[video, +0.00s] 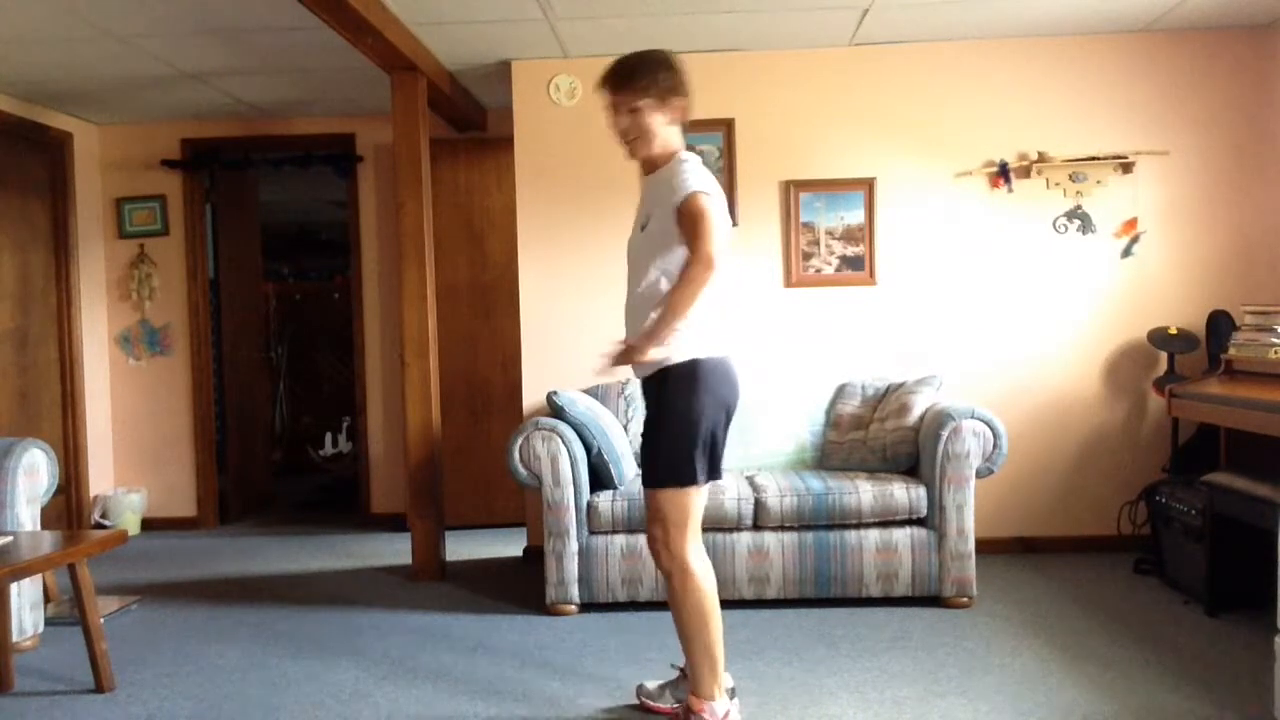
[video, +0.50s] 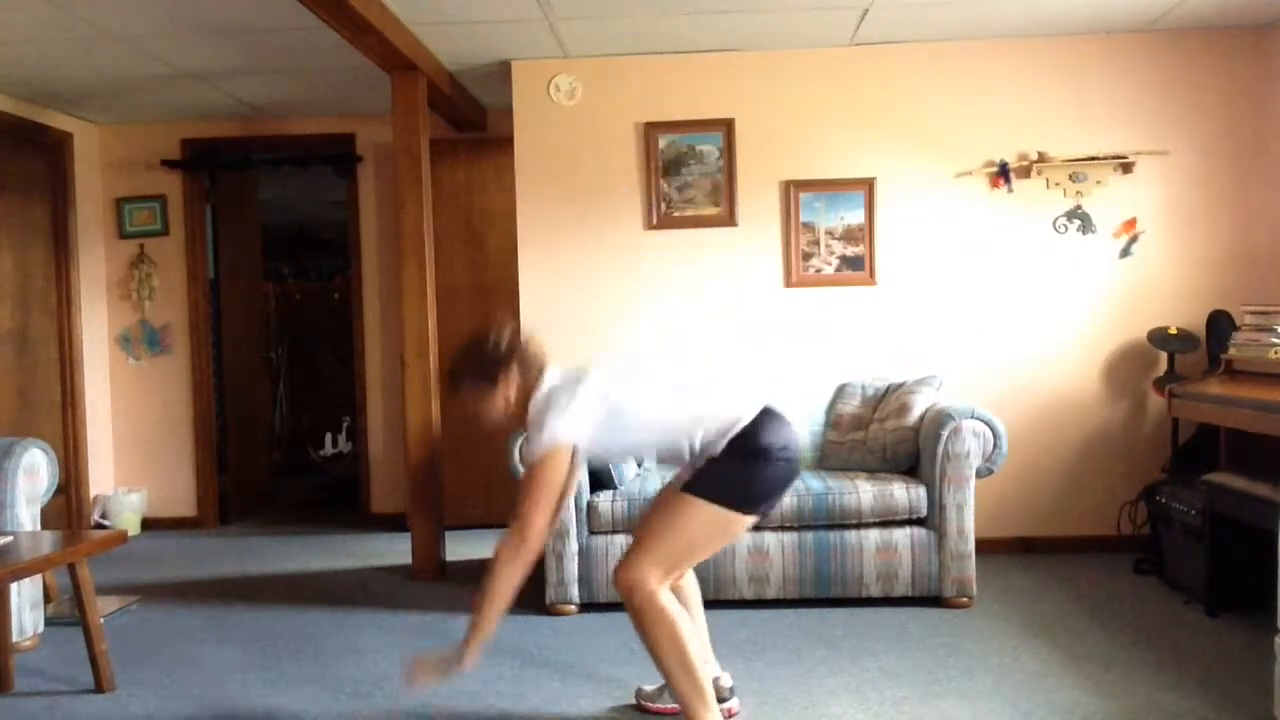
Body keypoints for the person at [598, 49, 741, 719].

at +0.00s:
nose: (625, 127)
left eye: (637, 111)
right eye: (617, 116)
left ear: (676, 109)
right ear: (614, 119)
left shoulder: (686, 174)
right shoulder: (660, 182)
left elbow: (707, 255)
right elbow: (671, 273)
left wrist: (653, 334)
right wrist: (640, 342)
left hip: (691, 374)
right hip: (676, 374)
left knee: (674, 543)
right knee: (669, 541)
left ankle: (711, 696)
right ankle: (703, 679)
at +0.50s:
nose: (477, 415)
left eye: (477, 401)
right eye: (471, 404)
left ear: (507, 382)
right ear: (510, 377)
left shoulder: (557, 415)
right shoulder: (564, 392)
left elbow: (523, 543)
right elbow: (535, 532)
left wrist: (469, 650)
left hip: (754, 443)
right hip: (754, 434)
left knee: (639, 578)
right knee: (658, 555)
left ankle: (706, 714)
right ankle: (707, 683)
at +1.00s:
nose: (457, 577)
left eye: (445, 569)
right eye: (447, 574)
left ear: (450, 538)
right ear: (458, 523)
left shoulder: (496, 516)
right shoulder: (513, 503)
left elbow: (498, 656)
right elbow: (519, 621)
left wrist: (480, 714)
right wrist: (486, 704)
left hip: (674, 429)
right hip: (687, 419)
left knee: (595, 602)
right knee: (637, 564)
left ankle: (696, 713)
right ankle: (736, 649)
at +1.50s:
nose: (435, 566)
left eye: (428, 556)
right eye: (426, 558)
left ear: (449, 527)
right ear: (457, 501)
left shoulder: (522, 510)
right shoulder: (514, 487)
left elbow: (508, 640)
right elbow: (516, 622)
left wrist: (487, 714)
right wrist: (484, 699)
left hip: (693, 496)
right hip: (704, 491)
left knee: (589, 599)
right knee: (832, 590)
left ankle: (699, 714)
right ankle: (968, 644)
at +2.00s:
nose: (445, 566)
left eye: (437, 556)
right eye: (437, 556)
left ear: (455, 531)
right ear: (466, 504)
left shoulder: (520, 526)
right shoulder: (523, 489)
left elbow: (514, 641)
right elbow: (518, 617)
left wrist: (482, 714)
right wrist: (488, 697)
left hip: (718, 521)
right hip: (713, 495)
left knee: (858, 615)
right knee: (854, 598)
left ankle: (1026, 662)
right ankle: (975, 654)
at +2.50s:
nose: (458, 581)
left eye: (446, 573)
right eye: (448, 576)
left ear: (457, 542)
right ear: (461, 528)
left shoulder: (517, 517)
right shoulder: (516, 486)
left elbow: (502, 654)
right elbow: (517, 630)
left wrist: (481, 716)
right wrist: (483, 699)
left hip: (687, 460)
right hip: (703, 466)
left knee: (588, 569)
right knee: (817, 577)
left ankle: (684, 699)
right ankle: (950, 638)